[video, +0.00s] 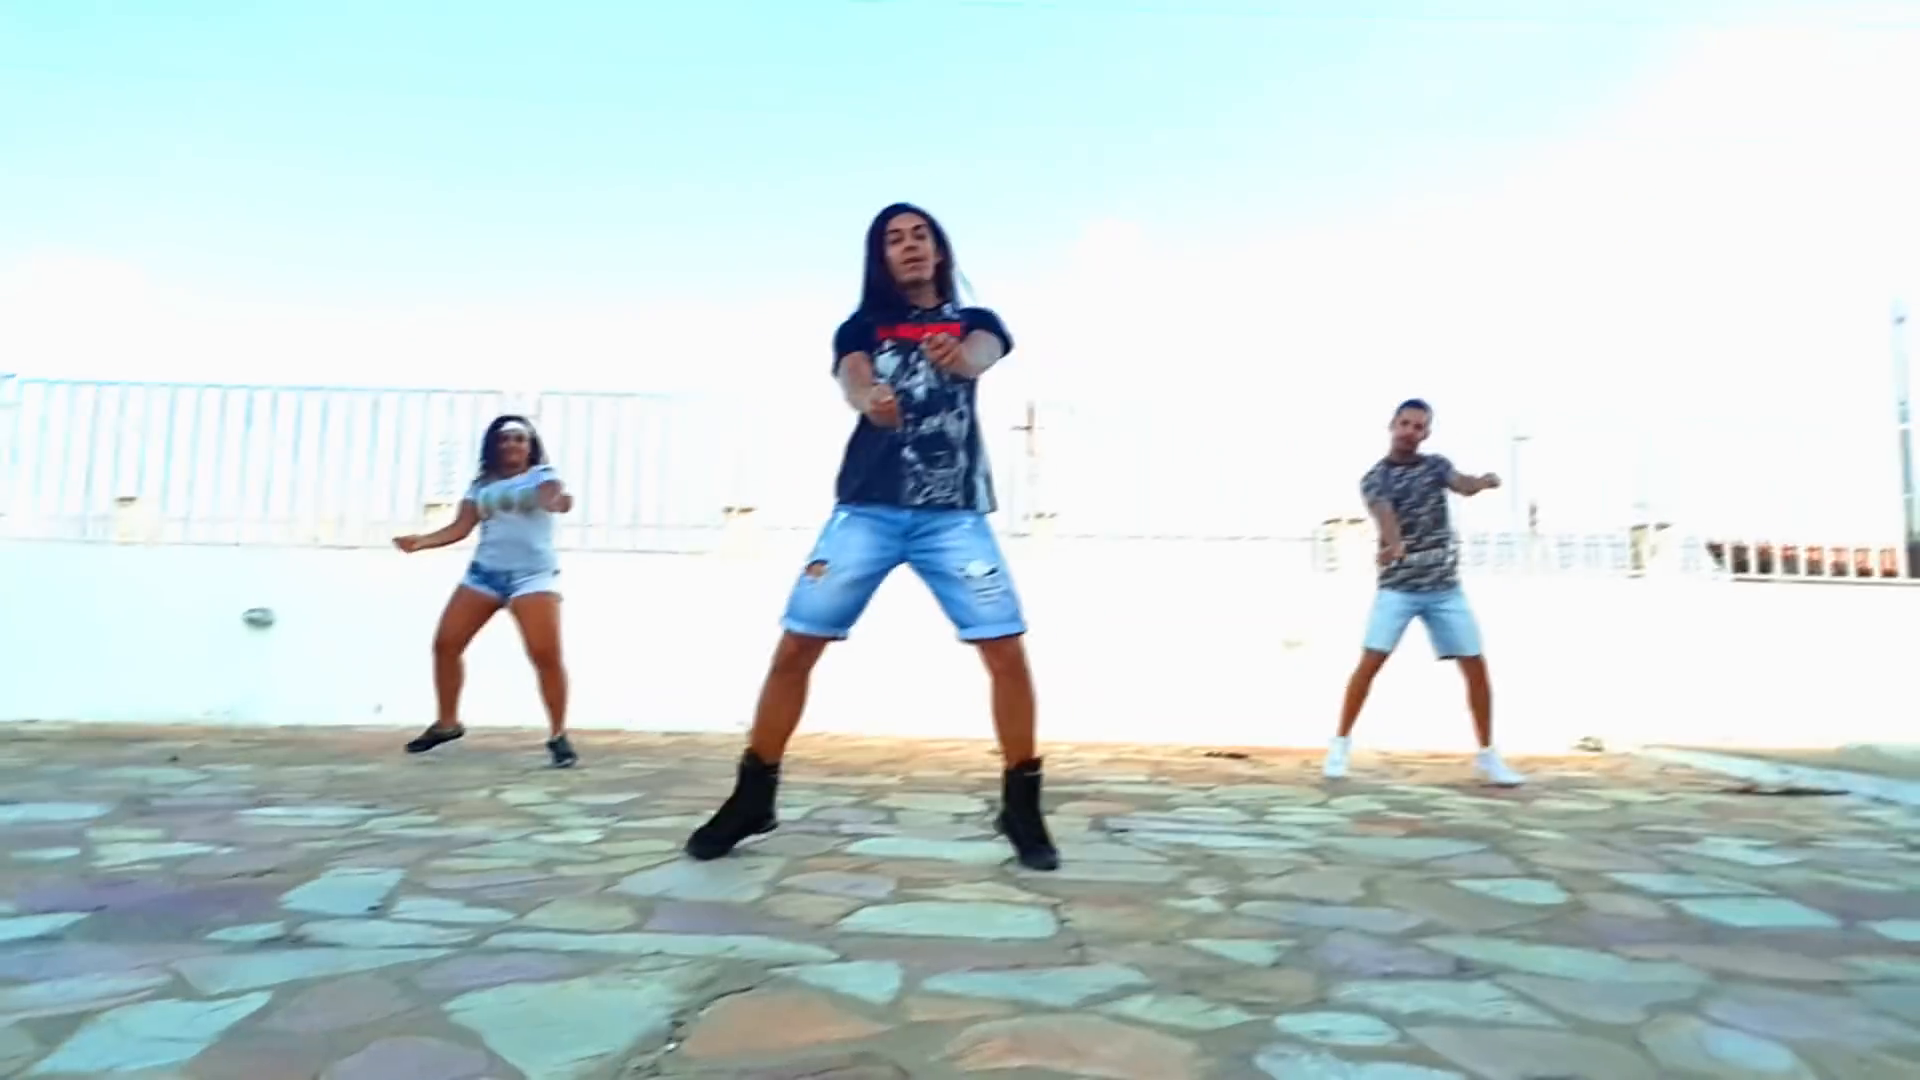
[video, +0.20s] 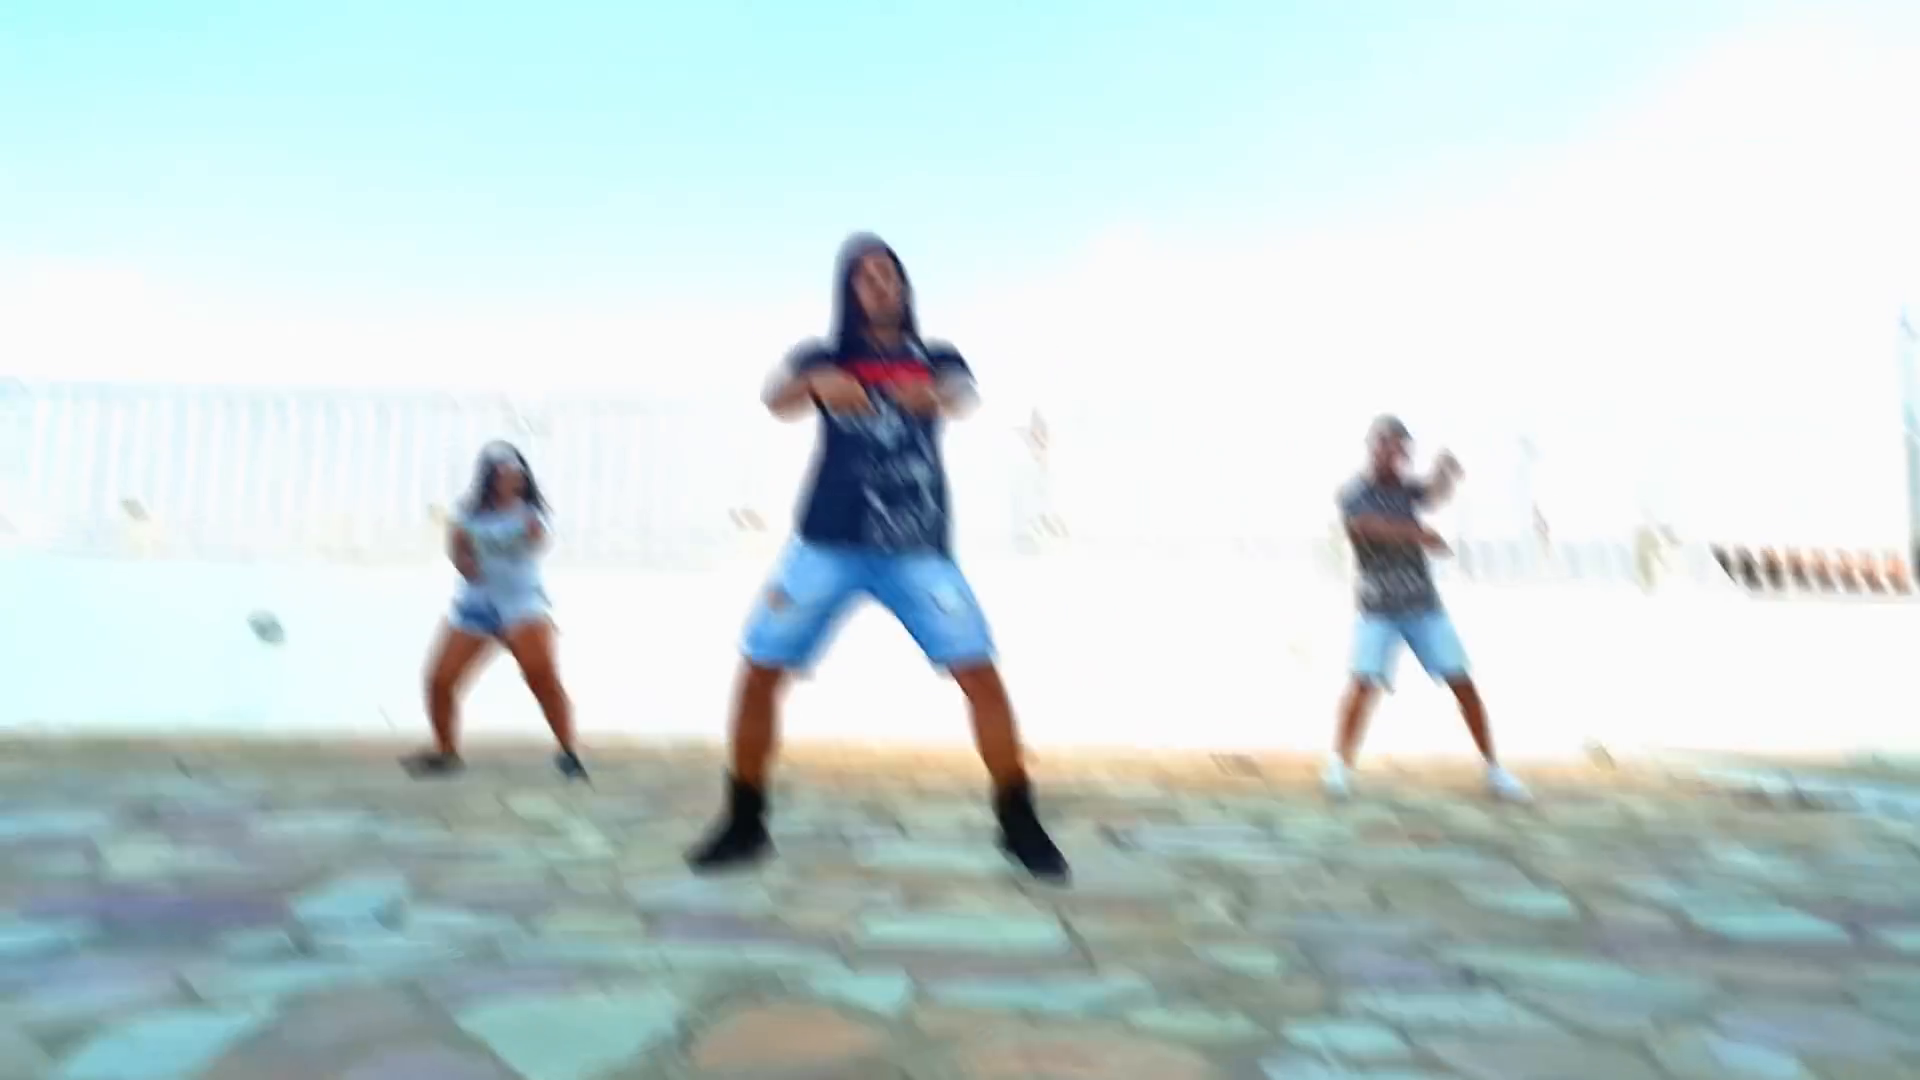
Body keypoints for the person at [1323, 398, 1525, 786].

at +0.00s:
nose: (1411, 432)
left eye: (1419, 428)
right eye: (1406, 424)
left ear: (1427, 434)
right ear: (1392, 425)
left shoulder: (1435, 466)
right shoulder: (1375, 479)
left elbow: (1461, 484)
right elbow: (1384, 516)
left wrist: (1483, 483)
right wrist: (1393, 543)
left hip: (1444, 588)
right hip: (1397, 589)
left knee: (1474, 663)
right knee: (1370, 662)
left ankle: (1487, 752)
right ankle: (1340, 742)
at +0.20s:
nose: (1395, 455)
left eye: (1400, 448)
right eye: (1388, 447)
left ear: (1404, 451)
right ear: (1372, 448)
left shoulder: (1404, 490)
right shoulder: (1354, 494)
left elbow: (1434, 495)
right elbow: (1366, 528)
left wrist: (1444, 472)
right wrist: (1417, 534)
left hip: (1422, 605)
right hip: (1378, 608)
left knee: (1462, 682)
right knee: (1364, 682)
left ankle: (1493, 766)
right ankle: (1341, 763)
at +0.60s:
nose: (1321, 455)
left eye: (1329, 449)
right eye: (1316, 447)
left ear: (1337, 457)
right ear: (1305, 451)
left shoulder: (1342, 494)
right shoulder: (1286, 499)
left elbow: (1363, 495)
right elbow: (1309, 525)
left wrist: (1368, 470)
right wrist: (1366, 522)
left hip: (1348, 612)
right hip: (1301, 612)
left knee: (1388, 682)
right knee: (1283, 681)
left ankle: (1395, 760)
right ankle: (1257, 756)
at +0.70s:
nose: (1308, 437)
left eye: (1316, 433)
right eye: (1303, 430)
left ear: (1323, 442)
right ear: (1291, 435)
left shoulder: (1326, 479)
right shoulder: (1271, 481)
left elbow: (1346, 484)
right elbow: (1290, 509)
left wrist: (1357, 461)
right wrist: (1345, 514)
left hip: (1332, 594)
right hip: (1287, 596)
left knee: (1370, 667)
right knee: (1277, 671)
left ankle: (1391, 753)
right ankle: (1255, 753)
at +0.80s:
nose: (1292, 415)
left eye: (1301, 410)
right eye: (1288, 408)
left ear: (1312, 419)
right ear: (1278, 415)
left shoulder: (1318, 456)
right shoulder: (1261, 457)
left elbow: (1337, 464)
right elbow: (1283, 485)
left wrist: (1347, 443)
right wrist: (1318, 498)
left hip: (1321, 573)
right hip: (1278, 574)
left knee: (1351, 650)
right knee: (1264, 653)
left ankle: (1371, 739)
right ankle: (1246, 744)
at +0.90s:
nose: (1281, 413)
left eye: (1289, 408)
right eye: (1276, 406)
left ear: (1301, 417)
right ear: (1268, 412)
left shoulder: (1308, 454)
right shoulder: (1253, 456)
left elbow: (1329, 460)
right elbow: (1275, 485)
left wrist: (1335, 440)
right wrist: (1321, 491)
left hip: (1311, 574)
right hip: (1267, 574)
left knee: (1340, 651)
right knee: (1252, 650)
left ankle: (1351, 739)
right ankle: (1230, 738)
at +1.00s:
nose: (1272, 431)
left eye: (1280, 426)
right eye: (1267, 425)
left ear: (1292, 437)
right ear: (1259, 433)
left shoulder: (1300, 475)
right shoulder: (1245, 478)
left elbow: (1322, 482)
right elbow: (1263, 510)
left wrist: (1320, 454)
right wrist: (1325, 506)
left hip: (1301, 596)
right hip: (1255, 596)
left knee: (1332, 670)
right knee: (1235, 670)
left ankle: (1337, 754)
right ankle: (1214, 749)